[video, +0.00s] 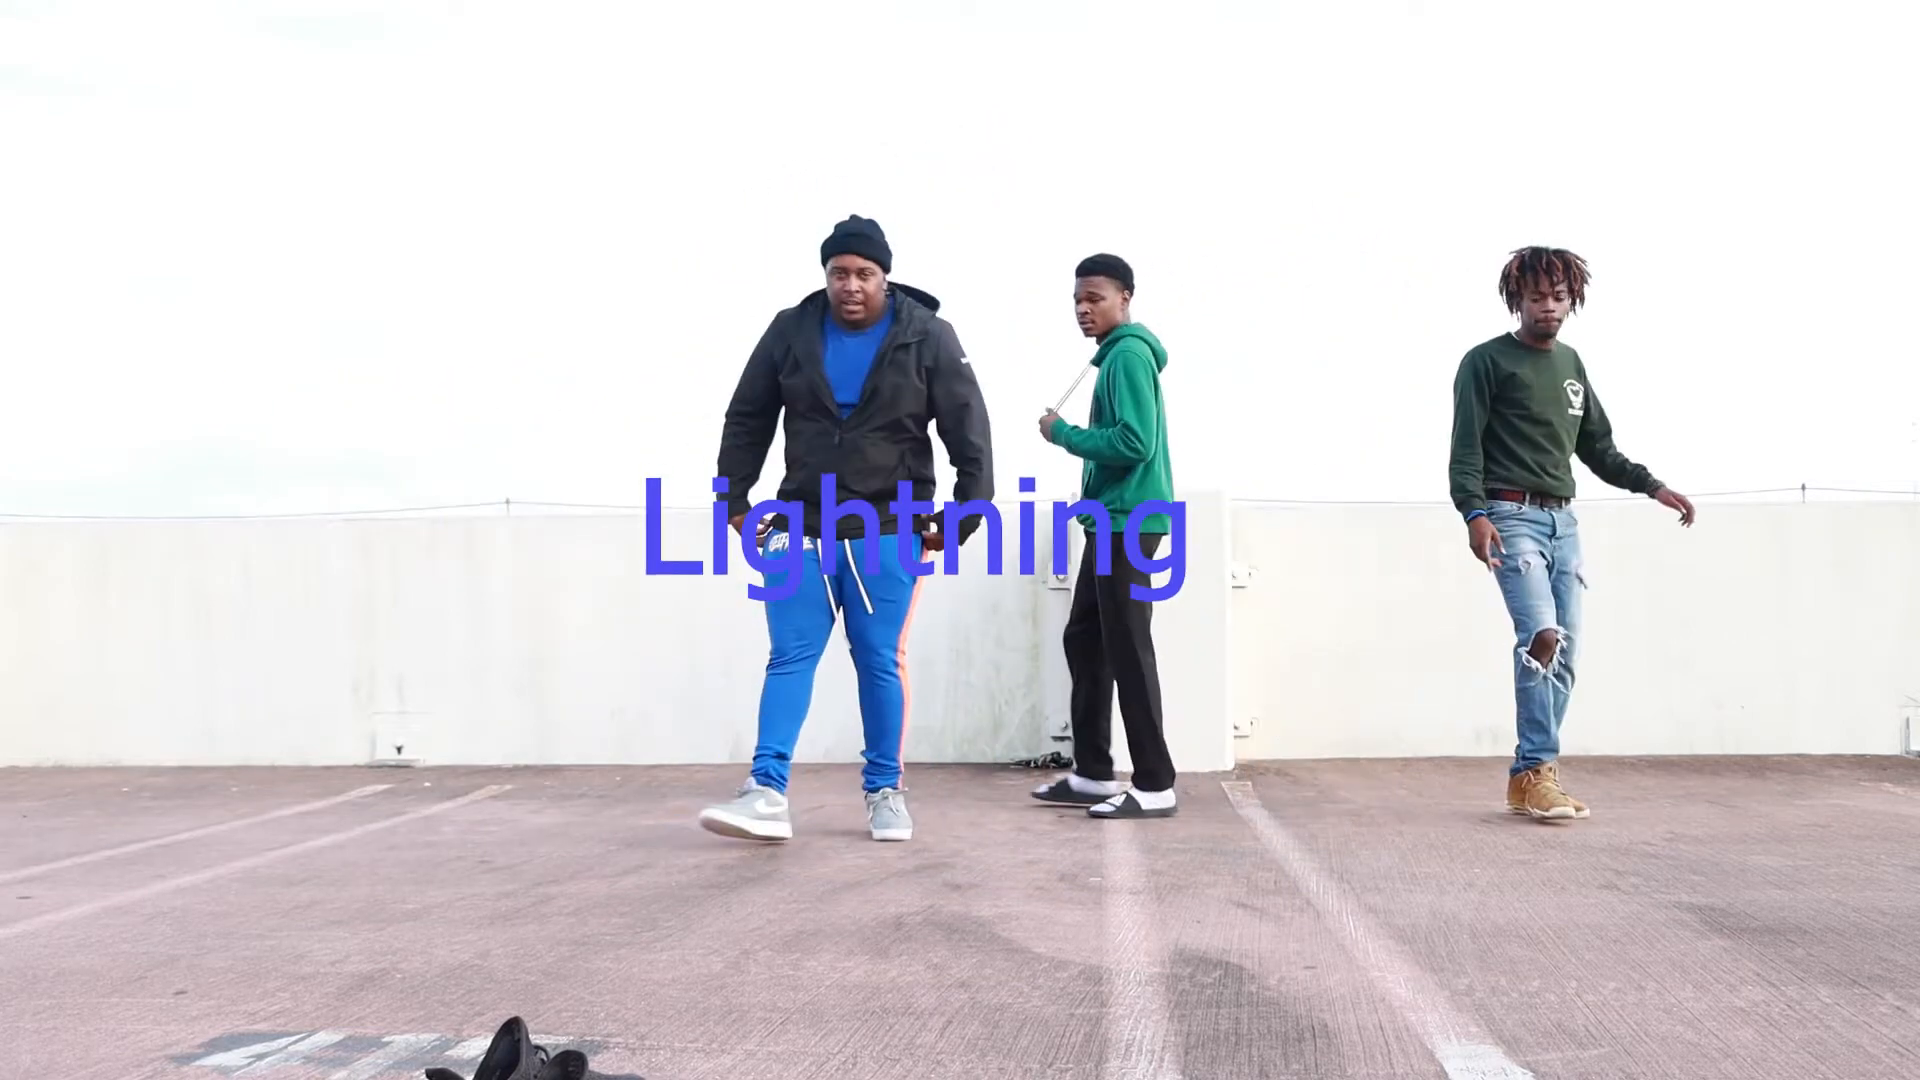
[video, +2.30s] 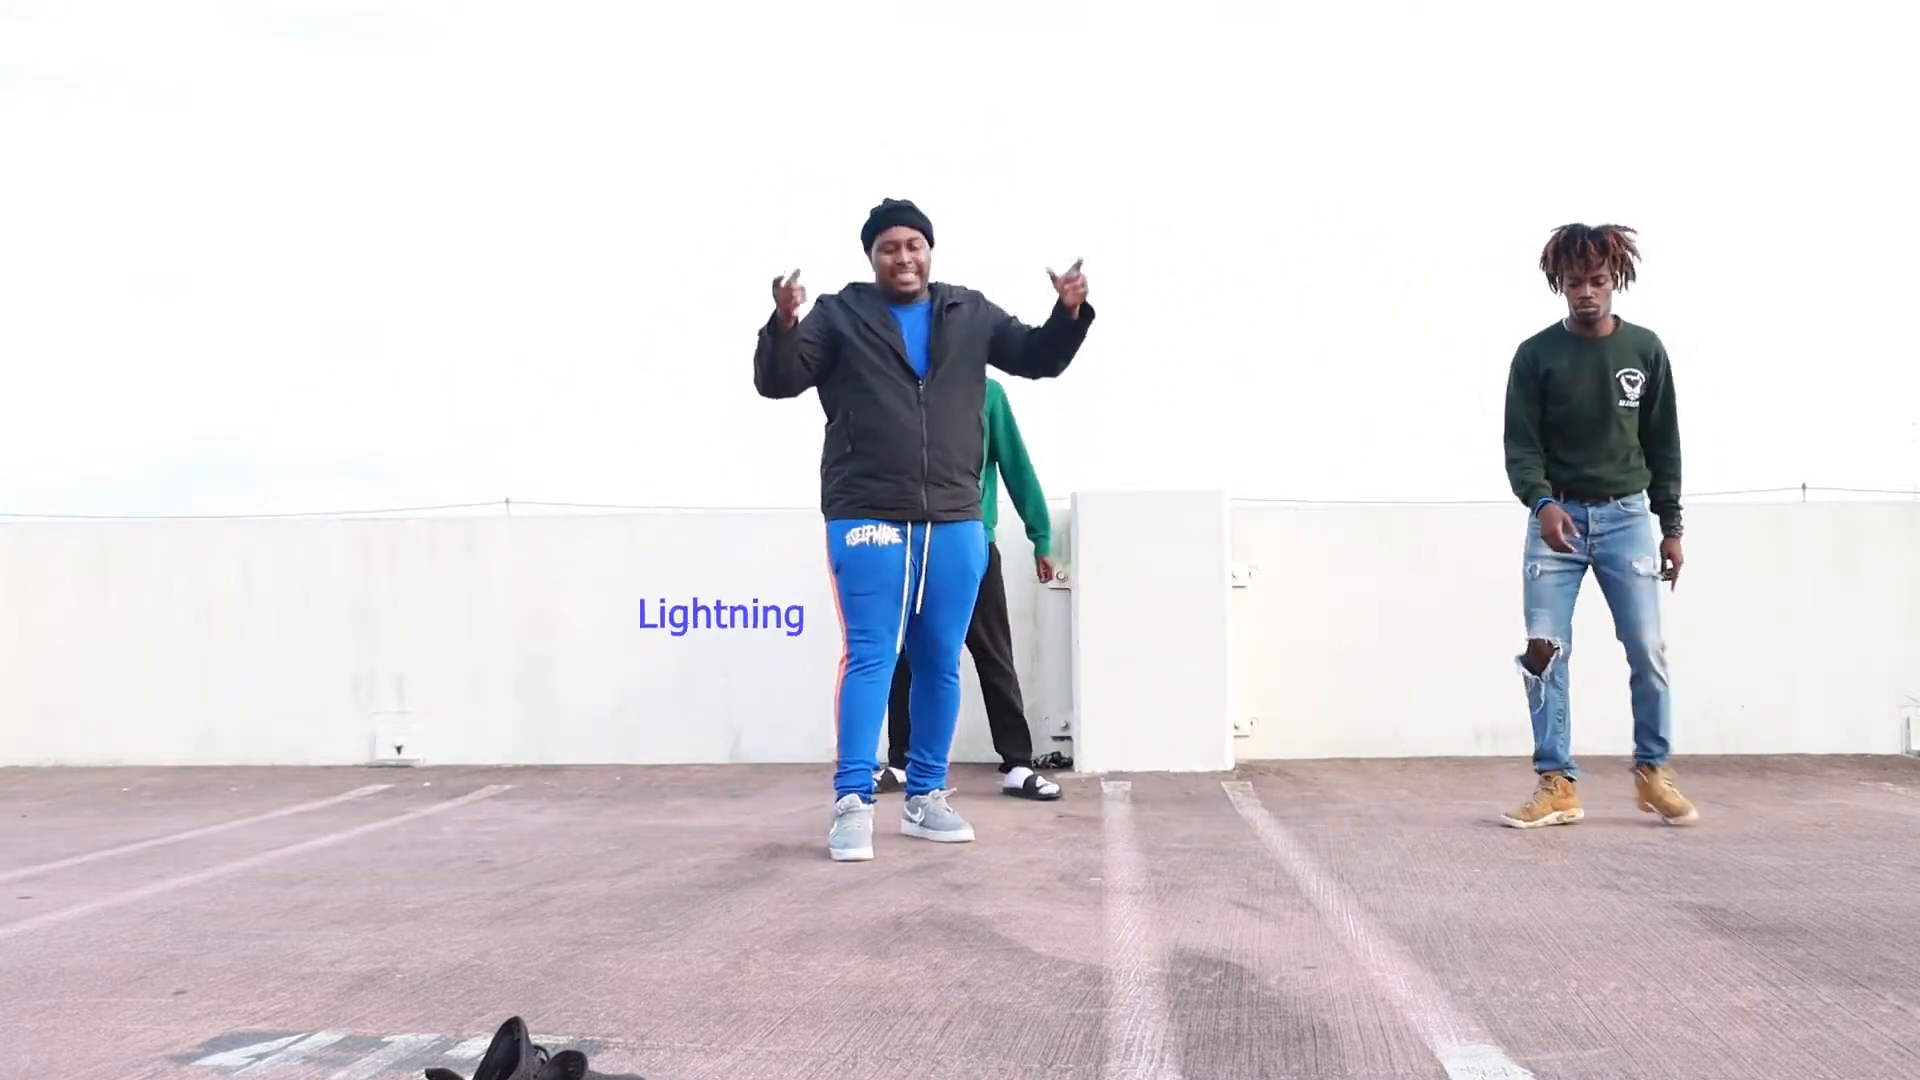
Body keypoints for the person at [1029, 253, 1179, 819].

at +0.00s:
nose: (1083, 309)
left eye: (1094, 298)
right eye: (1079, 300)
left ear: (1125, 299)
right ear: (1081, 305)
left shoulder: (1127, 355)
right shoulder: (1117, 356)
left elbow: (1133, 443)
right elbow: (1127, 445)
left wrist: (1062, 433)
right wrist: (1094, 501)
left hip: (1128, 523)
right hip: (1110, 522)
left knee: (1127, 648)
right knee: (1084, 641)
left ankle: (1156, 785)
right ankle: (1092, 775)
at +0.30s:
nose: (1048, 315)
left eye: (1059, 305)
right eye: (1041, 306)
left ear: (1082, 309)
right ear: (1034, 313)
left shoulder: (1098, 359)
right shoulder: (1057, 369)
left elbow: (1131, 438)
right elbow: (1068, 458)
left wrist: (1050, 440)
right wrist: (1047, 514)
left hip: (1097, 526)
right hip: (1059, 527)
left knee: (1110, 654)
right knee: (1033, 652)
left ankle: (1153, 785)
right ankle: (1015, 780)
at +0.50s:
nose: (1013, 316)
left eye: (1023, 306)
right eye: (1005, 308)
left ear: (1044, 310)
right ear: (996, 316)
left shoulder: (1070, 361)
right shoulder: (998, 387)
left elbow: (1112, 434)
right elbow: (987, 474)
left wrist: (1044, 438)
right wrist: (964, 541)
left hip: (1075, 528)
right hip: (1022, 534)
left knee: (1098, 651)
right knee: (1015, 657)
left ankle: (1148, 781)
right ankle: (1014, 782)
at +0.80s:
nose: (986, 322)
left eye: (994, 312)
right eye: (975, 314)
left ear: (1011, 314)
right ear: (963, 322)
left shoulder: (1051, 362)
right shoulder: (961, 388)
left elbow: (1095, 427)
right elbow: (941, 473)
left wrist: (1053, 444)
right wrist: (905, 510)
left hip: (1065, 532)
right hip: (1006, 537)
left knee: (1079, 655)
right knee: (1005, 659)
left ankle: (1082, 772)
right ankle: (1013, 781)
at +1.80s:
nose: (1037, 343)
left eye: (1044, 334)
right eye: (1028, 334)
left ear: (1054, 340)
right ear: (1011, 338)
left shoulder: (1062, 403)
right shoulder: (981, 380)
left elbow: (1069, 472)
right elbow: (950, 438)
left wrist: (1076, 499)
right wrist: (948, 502)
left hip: (1030, 537)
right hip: (975, 531)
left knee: (1026, 653)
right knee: (971, 652)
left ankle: (1021, 767)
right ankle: (976, 766)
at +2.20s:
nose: (966, 345)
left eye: (974, 337)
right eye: (959, 336)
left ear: (983, 342)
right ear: (940, 338)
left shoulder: (1009, 396)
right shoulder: (916, 387)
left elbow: (1036, 474)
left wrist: (1052, 547)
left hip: (988, 539)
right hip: (920, 536)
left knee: (1004, 659)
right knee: (907, 658)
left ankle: (1018, 766)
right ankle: (903, 765)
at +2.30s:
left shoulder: (984, 390)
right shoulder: (885, 387)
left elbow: (1018, 468)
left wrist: (1041, 540)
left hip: (971, 537)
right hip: (898, 536)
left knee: (993, 657)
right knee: (898, 658)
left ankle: (1018, 766)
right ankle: (901, 763)